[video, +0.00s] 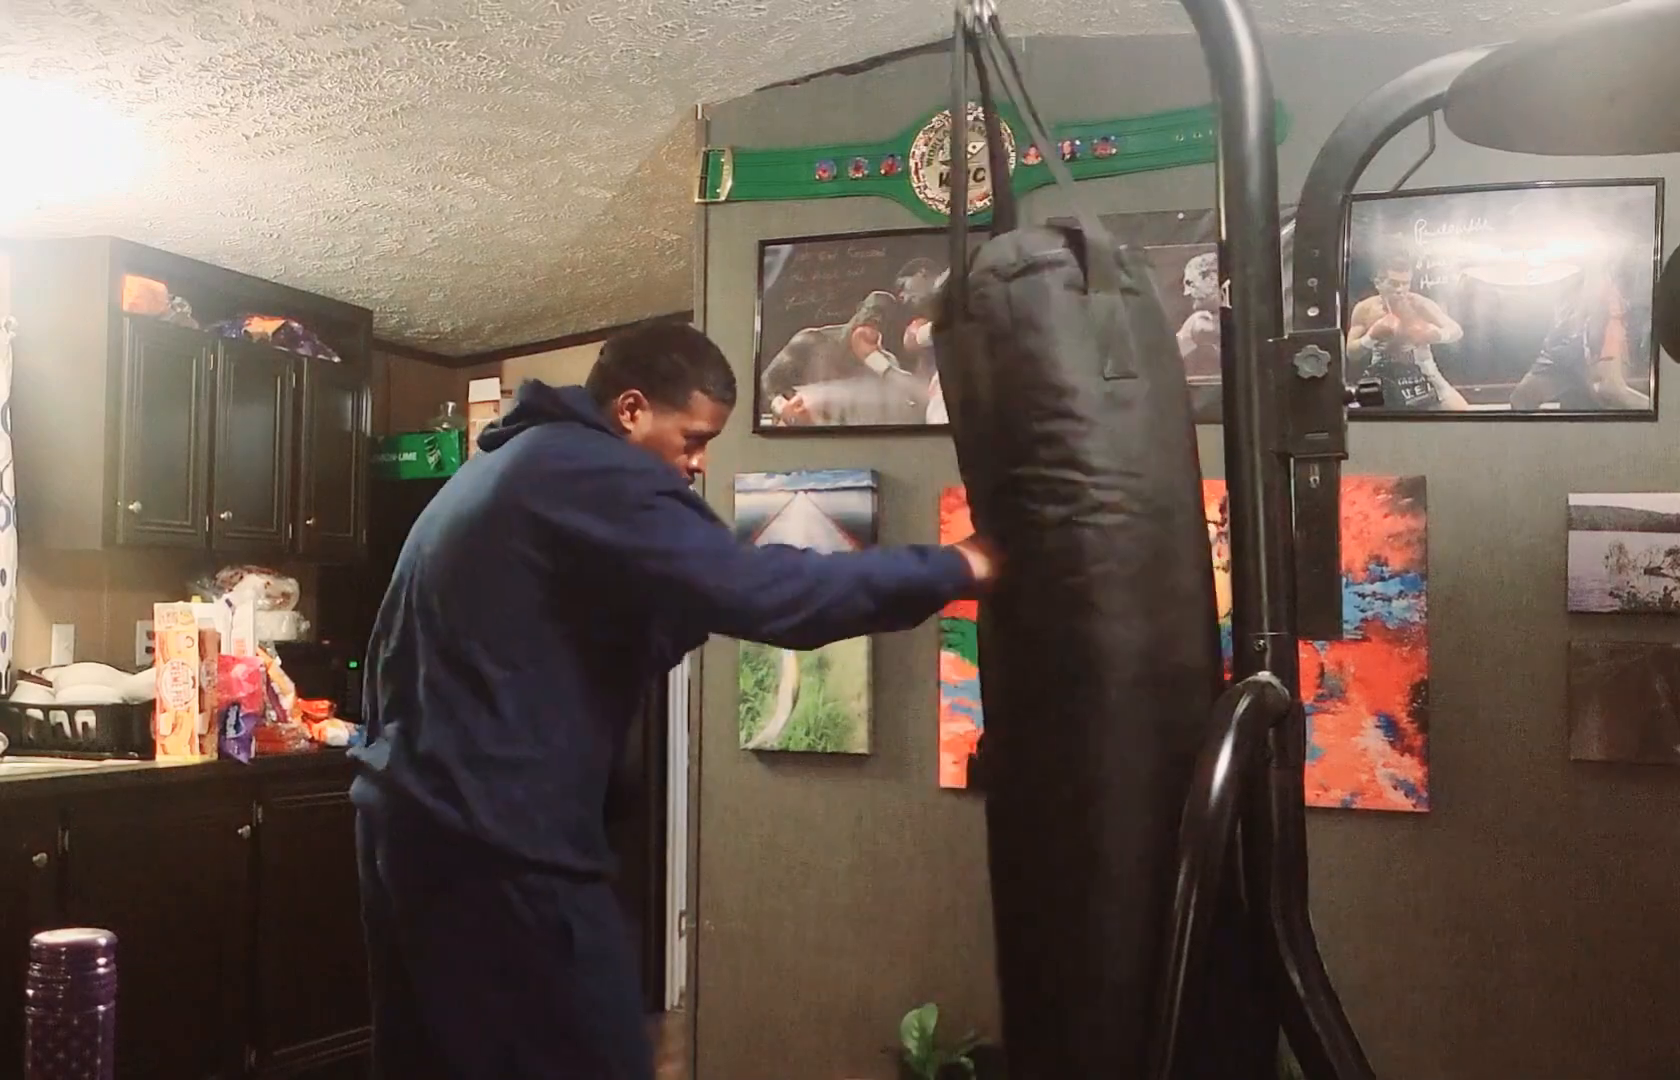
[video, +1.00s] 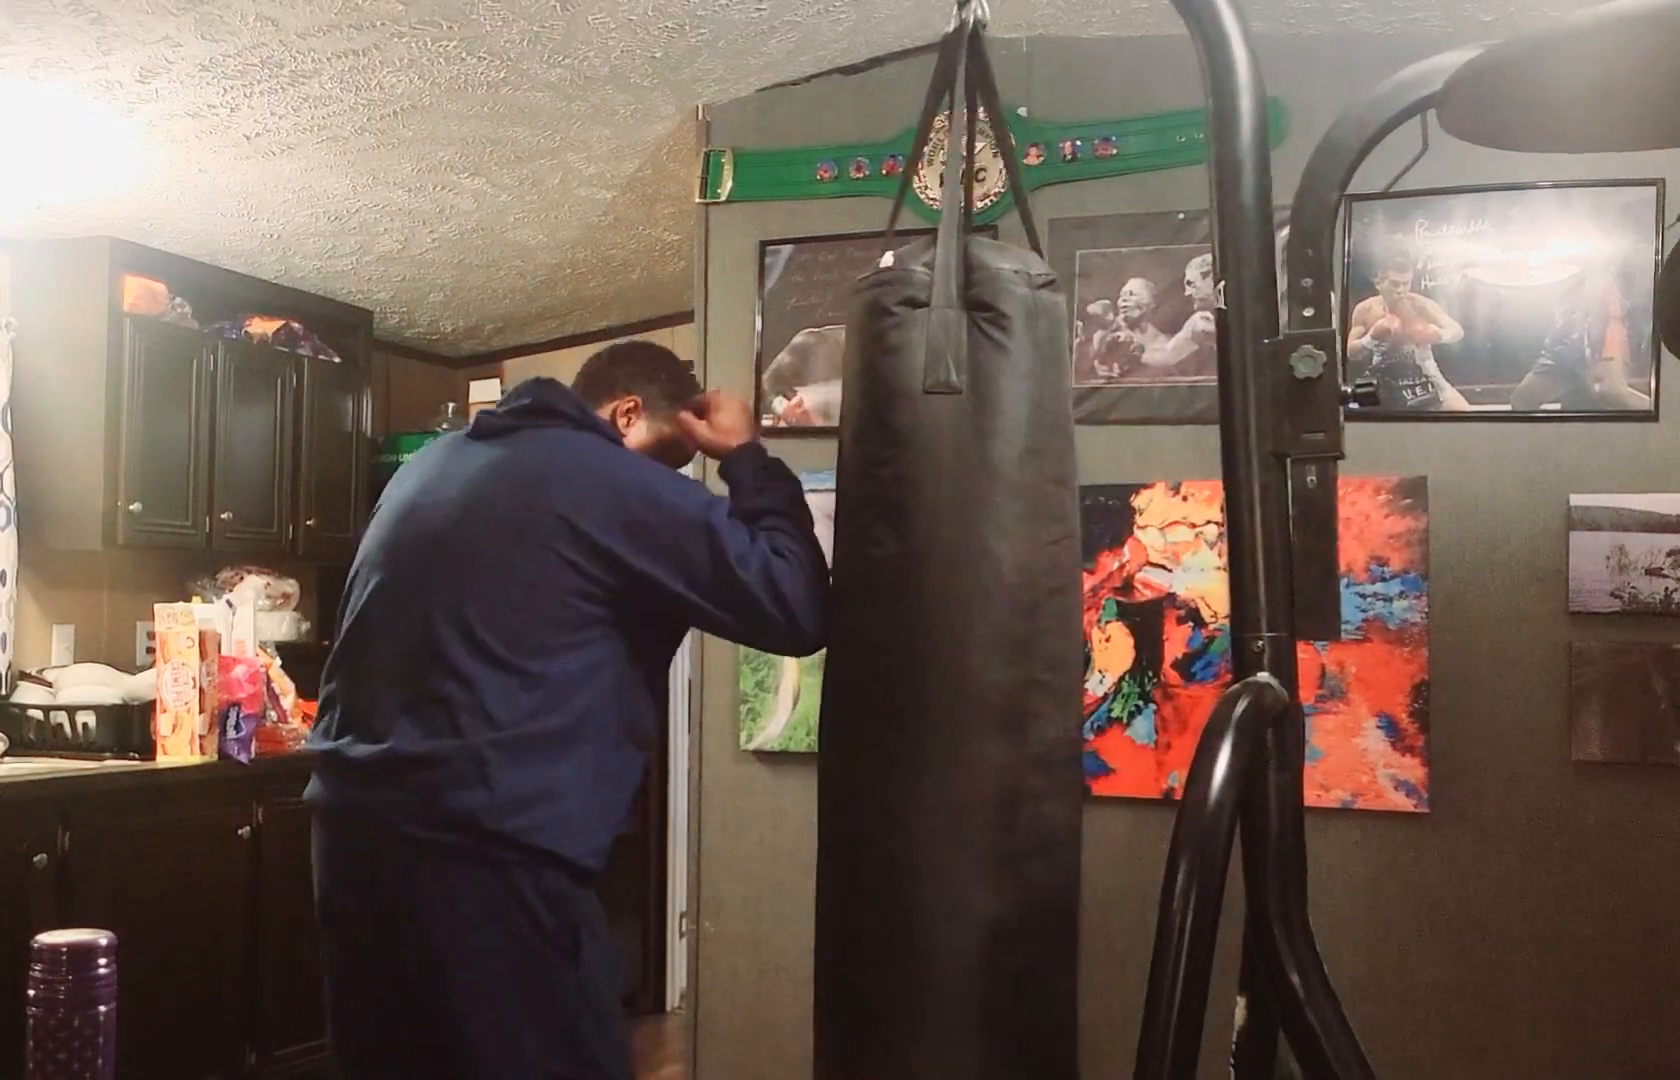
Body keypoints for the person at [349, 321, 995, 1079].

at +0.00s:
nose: (697, 467)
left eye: (704, 448)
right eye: (692, 442)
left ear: (620, 412)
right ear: (630, 410)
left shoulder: (507, 463)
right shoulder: (594, 476)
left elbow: (608, 659)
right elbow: (772, 593)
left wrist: (745, 563)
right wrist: (958, 565)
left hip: (408, 824)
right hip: (506, 841)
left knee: (434, 1055)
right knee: (597, 1056)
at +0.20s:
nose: (705, 454)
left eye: (711, 433)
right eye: (695, 429)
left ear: (626, 406)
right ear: (624, 404)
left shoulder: (602, 482)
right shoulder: (530, 481)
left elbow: (632, 629)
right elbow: (563, 693)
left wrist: (721, 598)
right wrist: (748, 640)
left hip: (527, 837)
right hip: (471, 851)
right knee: (553, 1059)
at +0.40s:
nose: (711, 470)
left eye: (719, 449)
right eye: (699, 445)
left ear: (634, 415)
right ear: (630, 412)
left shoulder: (648, 487)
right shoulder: (497, 508)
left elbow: (785, 533)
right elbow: (491, 726)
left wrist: (924, 526)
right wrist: (676, 656)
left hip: (544, 854)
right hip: (470, 866)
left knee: (469, 1064)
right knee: (570, 1062)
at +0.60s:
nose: (703, 440)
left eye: (715, 420)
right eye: (704, 413)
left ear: (640, 376)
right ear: (647, 379)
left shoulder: (508, 458)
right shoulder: (558, 482)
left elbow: (640, 617)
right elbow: (705, 673)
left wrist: (765, 539)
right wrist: (745, 496)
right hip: (499, 867)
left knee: (456, 1063)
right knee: (577, 1062)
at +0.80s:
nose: (692, 439)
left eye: (703, 421)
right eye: (700, 416)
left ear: (610, 373)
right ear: (659, 385)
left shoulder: (464, 436)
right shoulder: (641, 467)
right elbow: (817, 592)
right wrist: (769, 429)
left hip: (379, 819)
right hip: (518, 842)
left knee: (407, 1058)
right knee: (567, 1062)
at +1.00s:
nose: (663, 476)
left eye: (673, 461)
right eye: (669, 455)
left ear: (581, 403)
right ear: (628, 414)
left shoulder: (431, 461)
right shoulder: (609, 481)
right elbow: (796, 605)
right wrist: (748, 455)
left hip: (351, 839)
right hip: (499, 857)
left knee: (385, 1064)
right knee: (559, 1061)